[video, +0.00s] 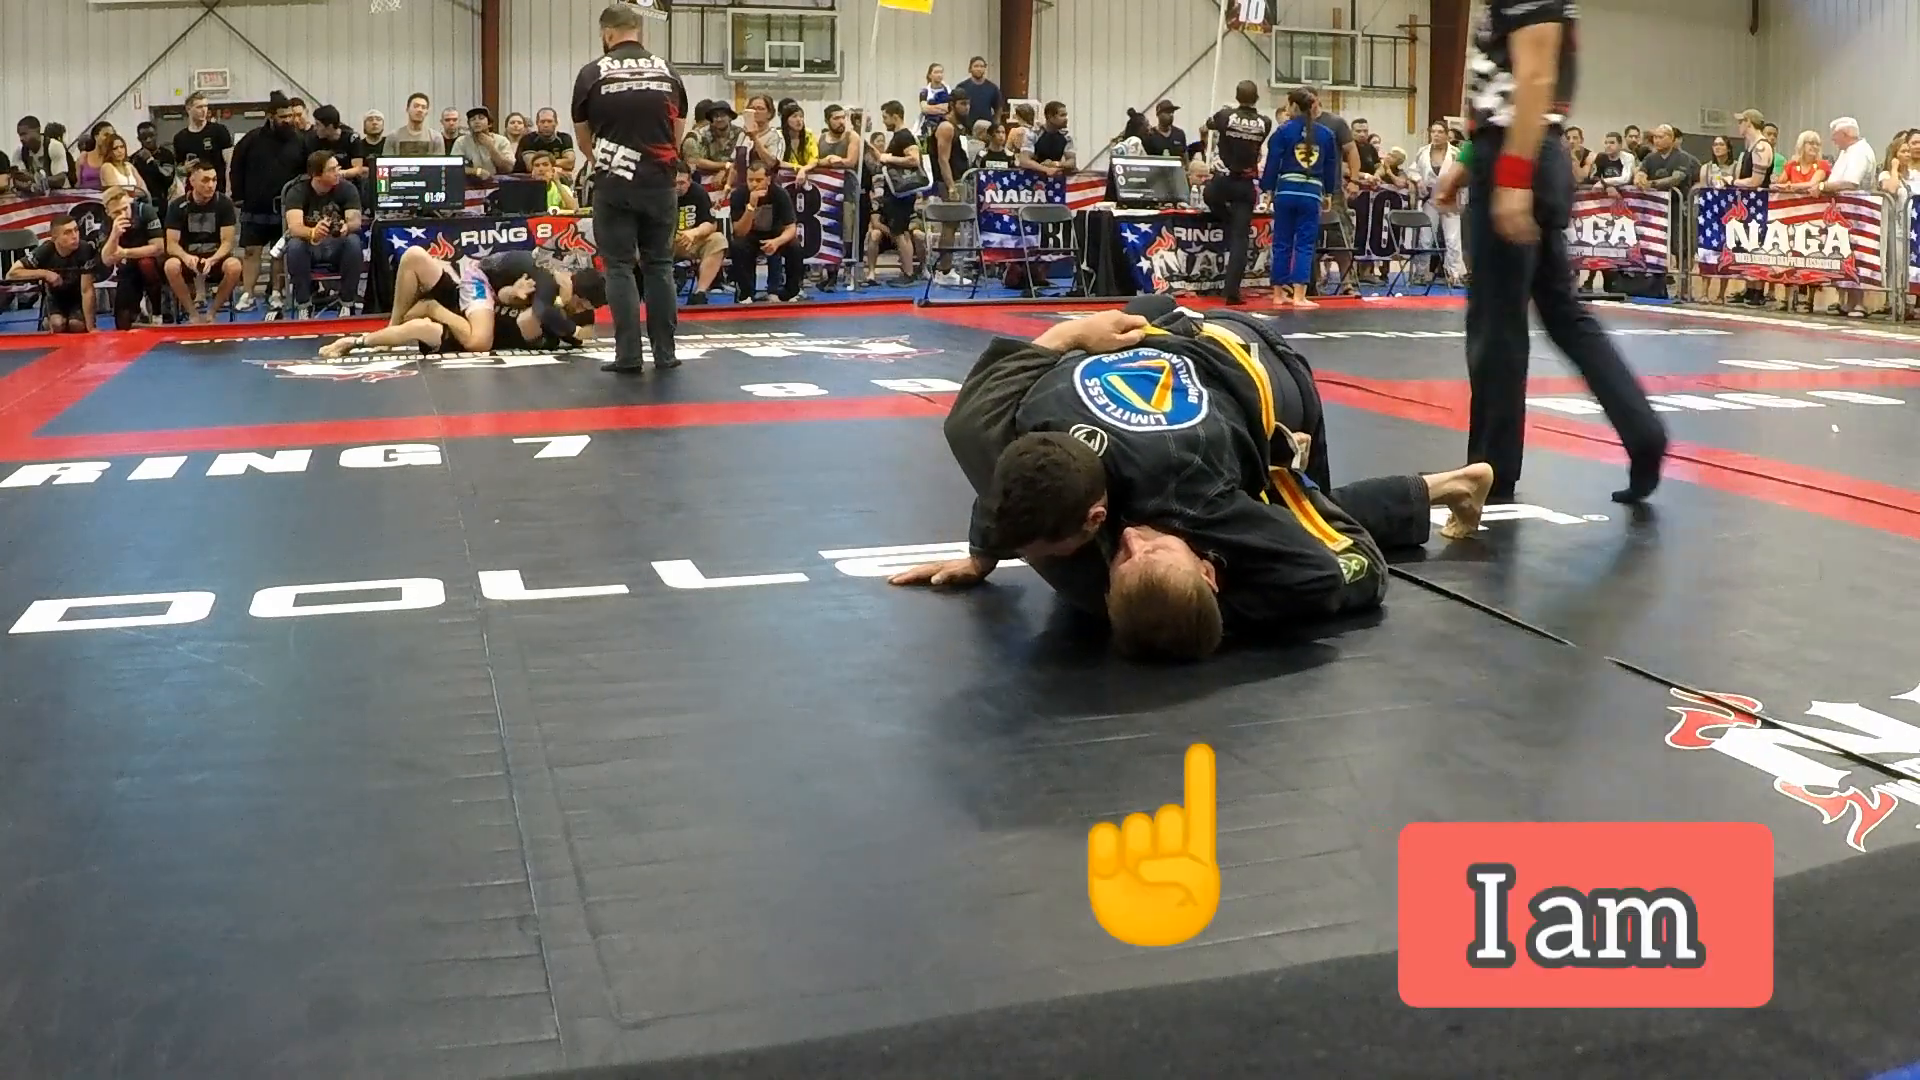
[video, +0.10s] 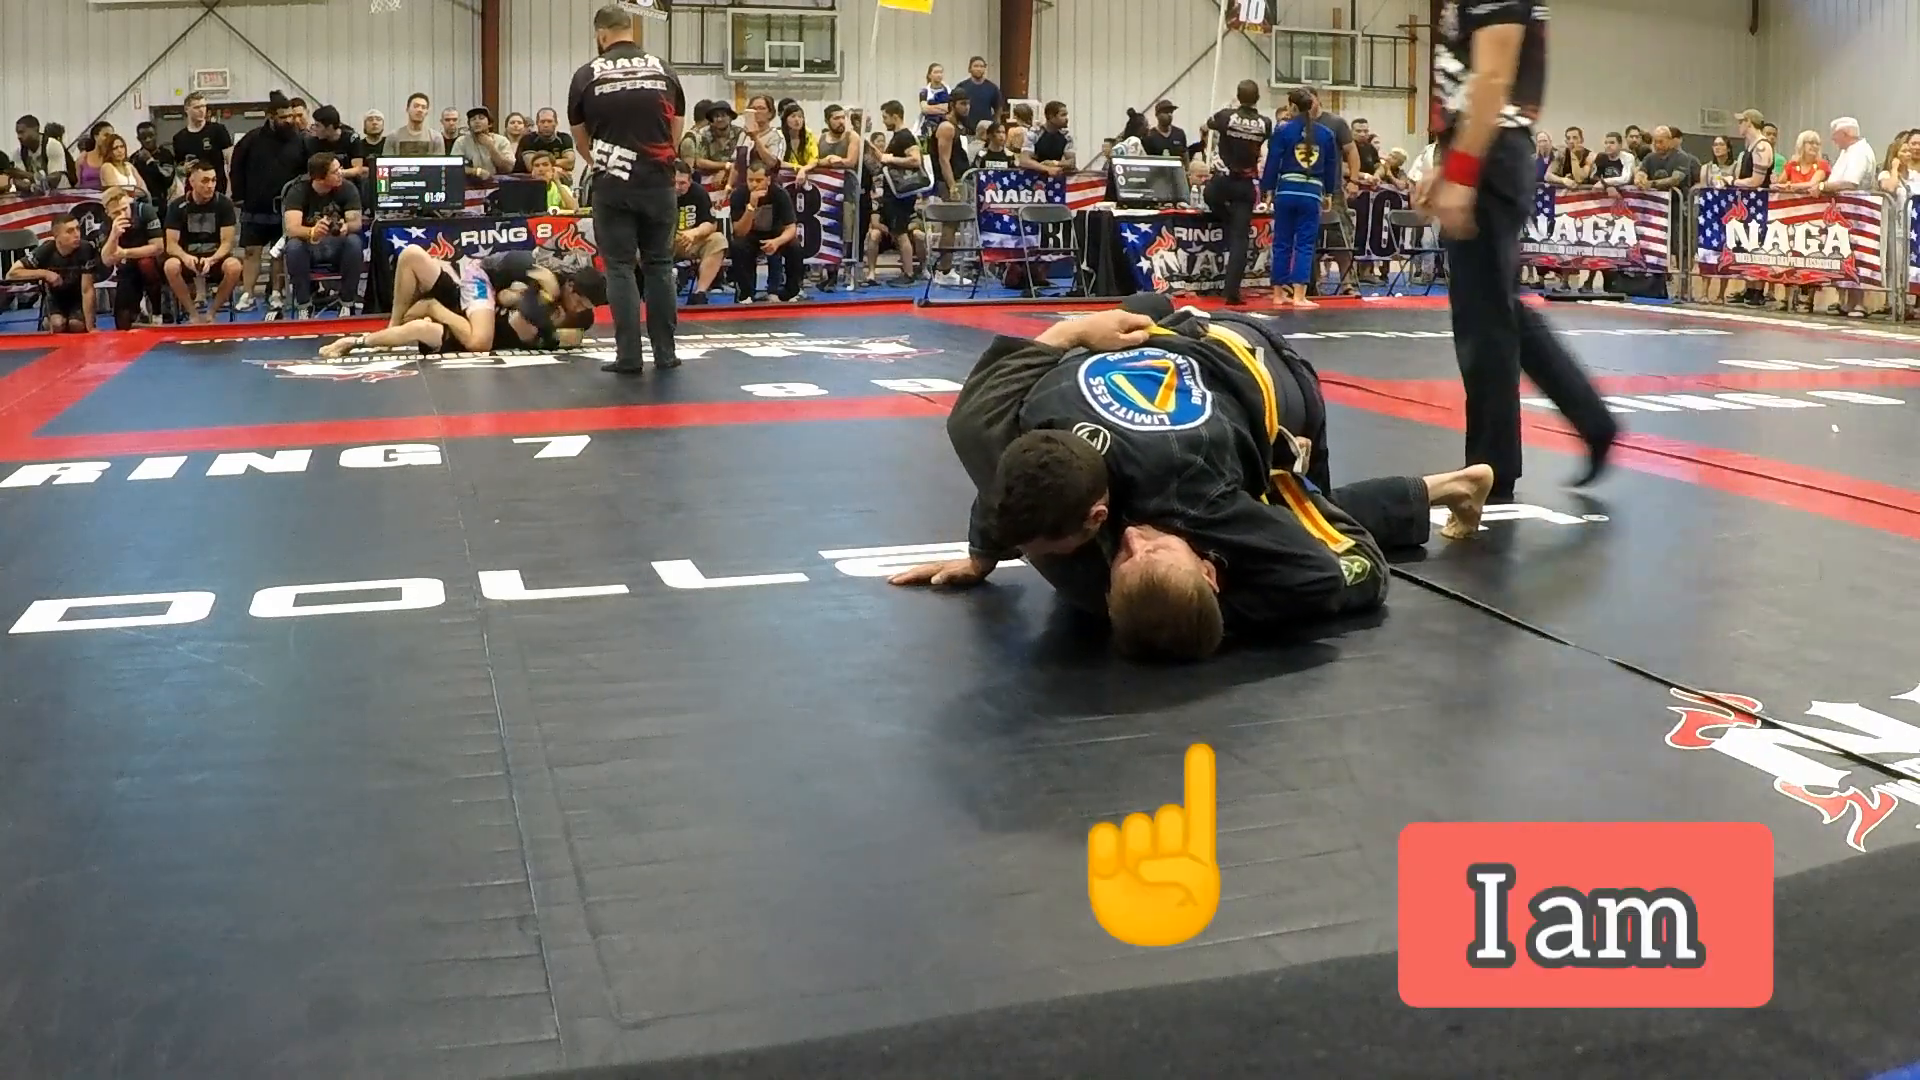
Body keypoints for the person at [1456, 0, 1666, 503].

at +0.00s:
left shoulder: (1531, 6)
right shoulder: (1506, 12)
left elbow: (1537, 80)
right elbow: (1506, 91)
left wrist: (1513, 179)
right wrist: (1463, 163)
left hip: (1509, 159)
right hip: (1537, 157)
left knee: (1495, 328)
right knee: (1563, 313)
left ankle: (1492, 475)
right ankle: (1644, 436)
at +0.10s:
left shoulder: (1499, 6)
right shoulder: (1474, 11)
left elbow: (1495, 80)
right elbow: (1476, 87)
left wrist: (1460, 175)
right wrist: (1441, 169)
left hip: (1494, 152)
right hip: (1492, 150)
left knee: (1483, 320)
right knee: (1497, 309)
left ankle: (1493, 474)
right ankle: (1595, 424)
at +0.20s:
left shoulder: (1471, 5)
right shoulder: (1472, 11)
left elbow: (1455, 71)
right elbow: (1466, 79)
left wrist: (1403, 161)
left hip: (1462, 147)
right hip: (1462, 146)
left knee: (1459, 304)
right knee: (1451, 300)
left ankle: (1490, 464)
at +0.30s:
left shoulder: (1444, 5)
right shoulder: (1436, 10)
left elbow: (1426, 70)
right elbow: (1435, 80)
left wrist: (1359, 146)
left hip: (1435, 147)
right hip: (1424, 146)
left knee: (1446, 305)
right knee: (1402, 303)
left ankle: (1488, 460)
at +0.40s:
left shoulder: (1417, 4)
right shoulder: (1401, 11)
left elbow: (1399, 70)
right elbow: (1403, 79)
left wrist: (1325, 143)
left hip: (1402, 149)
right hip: (1392, 150)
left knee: (1428, 307)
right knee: (1370, 315)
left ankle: (1486, 455)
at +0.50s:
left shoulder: (1386, 5)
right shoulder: (1356, 10)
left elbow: (1374, 76)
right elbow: (1359, 77)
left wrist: (1305, 152)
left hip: (1373, 154)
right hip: (1350, 153)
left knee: (1400, 309)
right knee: (1329, 314)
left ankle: (1478, 447)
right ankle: (1307, 456)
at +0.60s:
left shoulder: (1352, 5)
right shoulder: (1321, 11)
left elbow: (1348, 79)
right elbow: (1320, 79)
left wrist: (1301, 167)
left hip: (1338, 152)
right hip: (1313, 153)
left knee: (1333, 300)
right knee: (1299, 318)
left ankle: (1450, 425)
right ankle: (1305, 466)